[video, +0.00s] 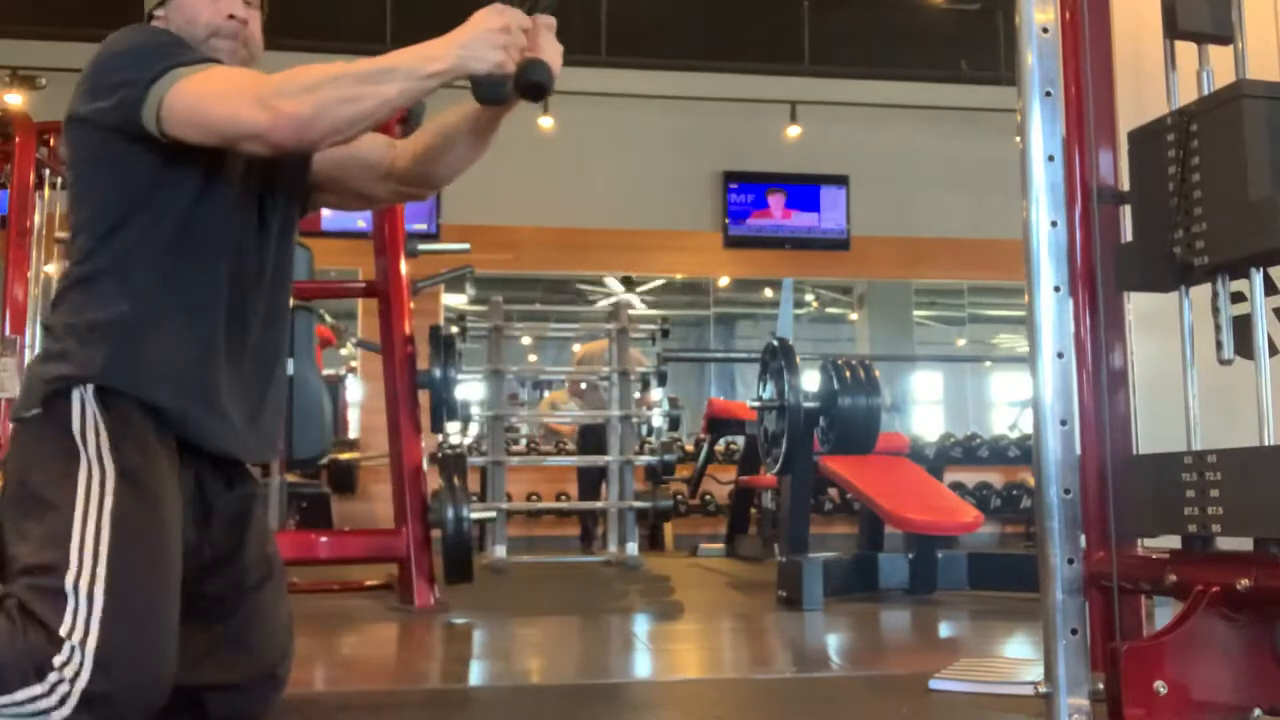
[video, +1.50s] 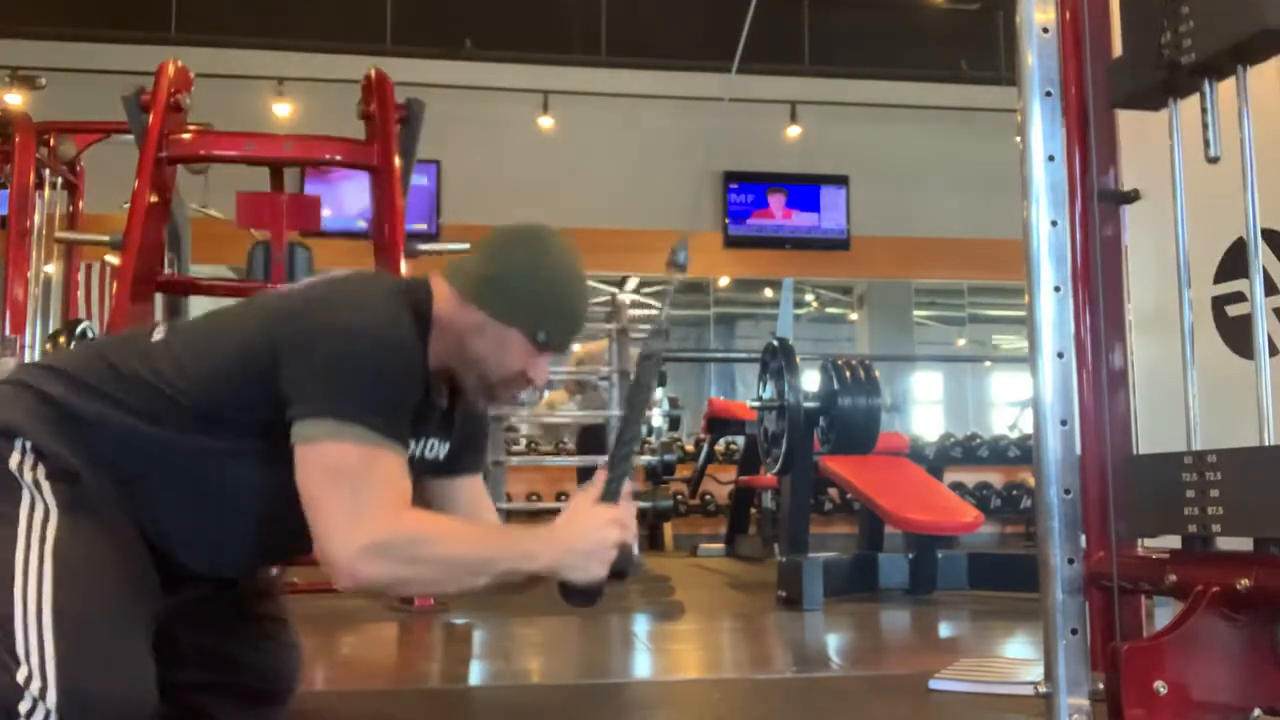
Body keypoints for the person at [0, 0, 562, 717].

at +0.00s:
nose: (244, 12)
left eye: (254, 5)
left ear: (264, 30)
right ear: (162, 6)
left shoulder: (269, 128)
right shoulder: (130, 59)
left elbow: (409, 167)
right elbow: (273, 114)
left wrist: (502, 92)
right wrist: (449, 52)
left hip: (219, 448)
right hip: (103, 411)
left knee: (239, 679)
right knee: (100, 676)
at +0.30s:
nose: (292, 10)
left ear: (297, 11)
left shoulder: (268, 109)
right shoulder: (152, 55)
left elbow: (427, 189)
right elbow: (327, 143)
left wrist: (539, 111)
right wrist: (502, 78)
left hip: (199, 455)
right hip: (80, 427)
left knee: (242, 682)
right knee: (111, 695)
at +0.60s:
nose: (398, 17)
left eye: (394, 6)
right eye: (381, 2)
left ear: (316, 15)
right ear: (295, 4)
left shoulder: (322, 129)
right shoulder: (221, 66)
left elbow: (486, 243)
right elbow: (407, 193)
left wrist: (600, 168)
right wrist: (575, 136)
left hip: (193, 473)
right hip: (62, 443)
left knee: (237, 683)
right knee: (104, 701)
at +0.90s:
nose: (483, 110)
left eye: (485, 86)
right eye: (466, 80)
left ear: (414, 87)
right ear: (392, 73)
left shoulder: (417, 203)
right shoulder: (297, 127)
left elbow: (520, 350)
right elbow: (420, 296)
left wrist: (622, 280)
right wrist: (608, 253)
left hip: (208, 485)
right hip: (76, 449)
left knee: (255, 685)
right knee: (111, 700)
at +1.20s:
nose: (522, 238)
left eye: (531, 216)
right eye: (512, 208)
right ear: (454, 181)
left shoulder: (456, 303)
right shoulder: (339, 216)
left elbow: (496, 461)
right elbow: (384, 407)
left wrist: (576, 416)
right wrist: (576, 395)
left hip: (203, 509)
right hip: (75, 452)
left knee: (261, 683)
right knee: (85, 698)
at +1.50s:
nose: (541, 374)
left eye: (554, 355)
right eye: (537, 347)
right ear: (483, 309)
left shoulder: (453, 390)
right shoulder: (360, 325)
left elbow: (468, 544)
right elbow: (363, 549)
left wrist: (562, 555)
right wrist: (546, 545)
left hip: (190, 514)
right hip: (62, 455)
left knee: (256, 679)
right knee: (90, 699)